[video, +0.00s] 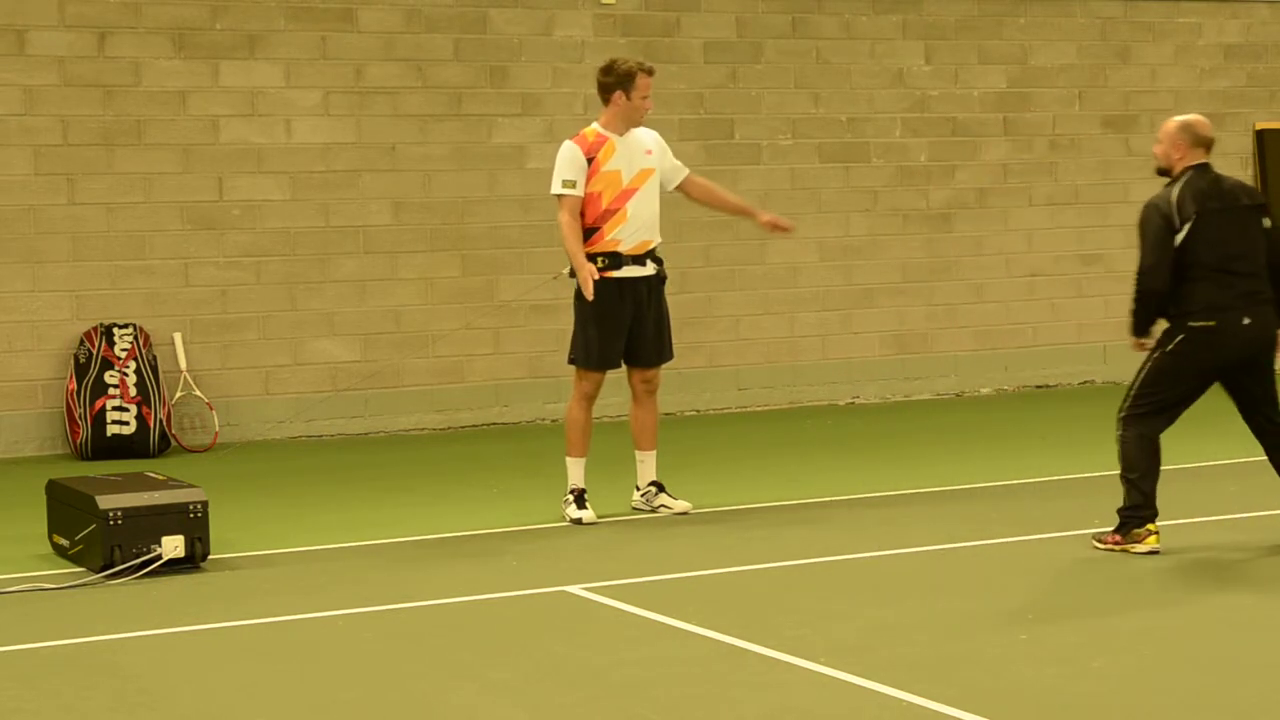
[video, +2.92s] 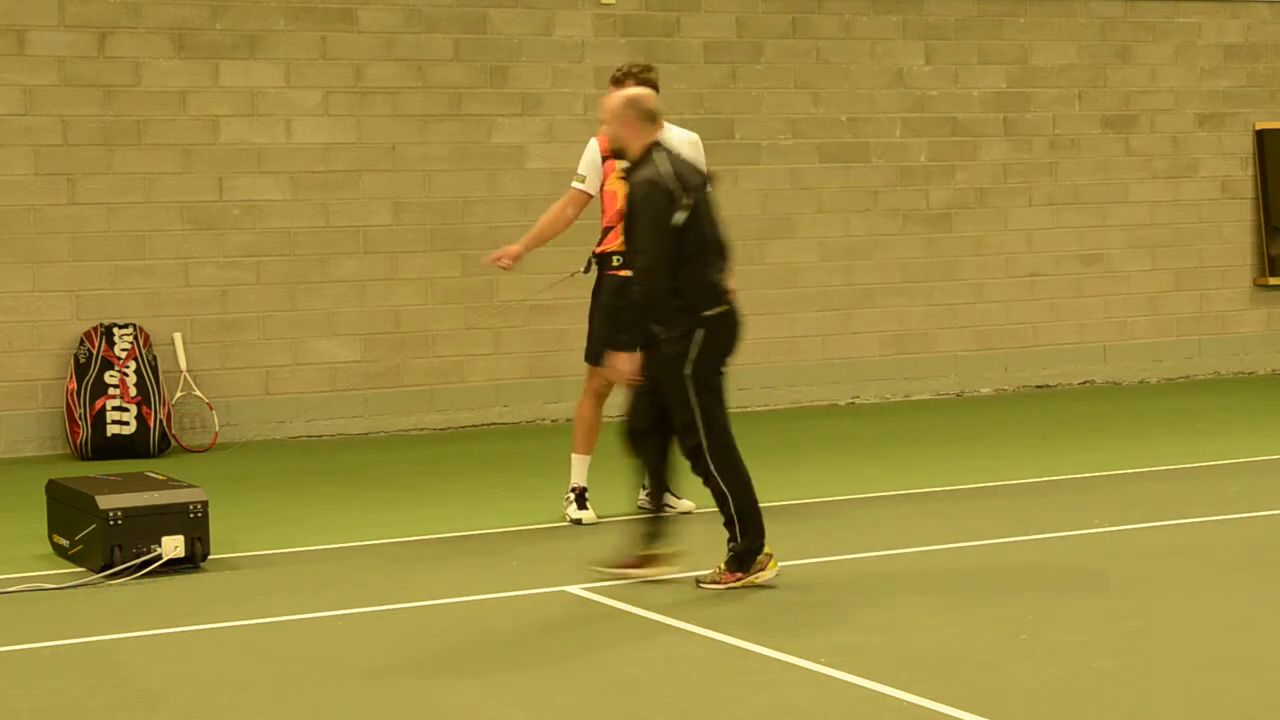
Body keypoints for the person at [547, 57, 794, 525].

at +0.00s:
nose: (650, 105)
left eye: (651, 98)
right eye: (644, 98)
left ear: (630, 98)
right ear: (617, 98)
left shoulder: (650, 143)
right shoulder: (579, 149)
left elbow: (694, 186)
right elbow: (568, 214)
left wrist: (756, 214)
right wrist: (582, 268)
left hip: (646, 280)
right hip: (600, 281)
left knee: (646, 383)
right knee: (586, 388)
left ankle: (647, 487)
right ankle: (576, 493)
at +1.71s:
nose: (620, 113)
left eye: (626, 105)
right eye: (611, 105)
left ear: (634, 101)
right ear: (594, 101)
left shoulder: (651, 143)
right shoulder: (574, 151)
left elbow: (686, 197)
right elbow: (556, 214)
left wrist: (733, 239)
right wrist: (553, 263)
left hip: (645, 280)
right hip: (597, 282)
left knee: (645, 384)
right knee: (586, 387)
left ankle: (647, 487)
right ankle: (575, 493)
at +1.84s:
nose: (617, 113)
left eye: (623, 105)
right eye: (609, 105)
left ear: (631, 101)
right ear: (591, 101)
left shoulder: (649, 142)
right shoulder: (572, 151)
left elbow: (663, 207)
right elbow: (553, 213)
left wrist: (680, 262)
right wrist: (543, 263)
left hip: (646, 279)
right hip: (598, 282)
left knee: (646, 383)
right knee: (586, 387)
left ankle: (647, 487)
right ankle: (576, 492)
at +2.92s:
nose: (617, 110)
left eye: (625, 102)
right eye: (614, 101)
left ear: (645, 102)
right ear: (611, 101)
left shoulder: (683, 143)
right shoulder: (603, 146)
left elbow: (703, 218)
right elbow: (571, 205)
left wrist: (719, 274)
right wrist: (523, 245)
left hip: (668, 278)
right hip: (617, 277)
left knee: (662, 384)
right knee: (598, 383)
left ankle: (656, 487)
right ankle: (577, 489)